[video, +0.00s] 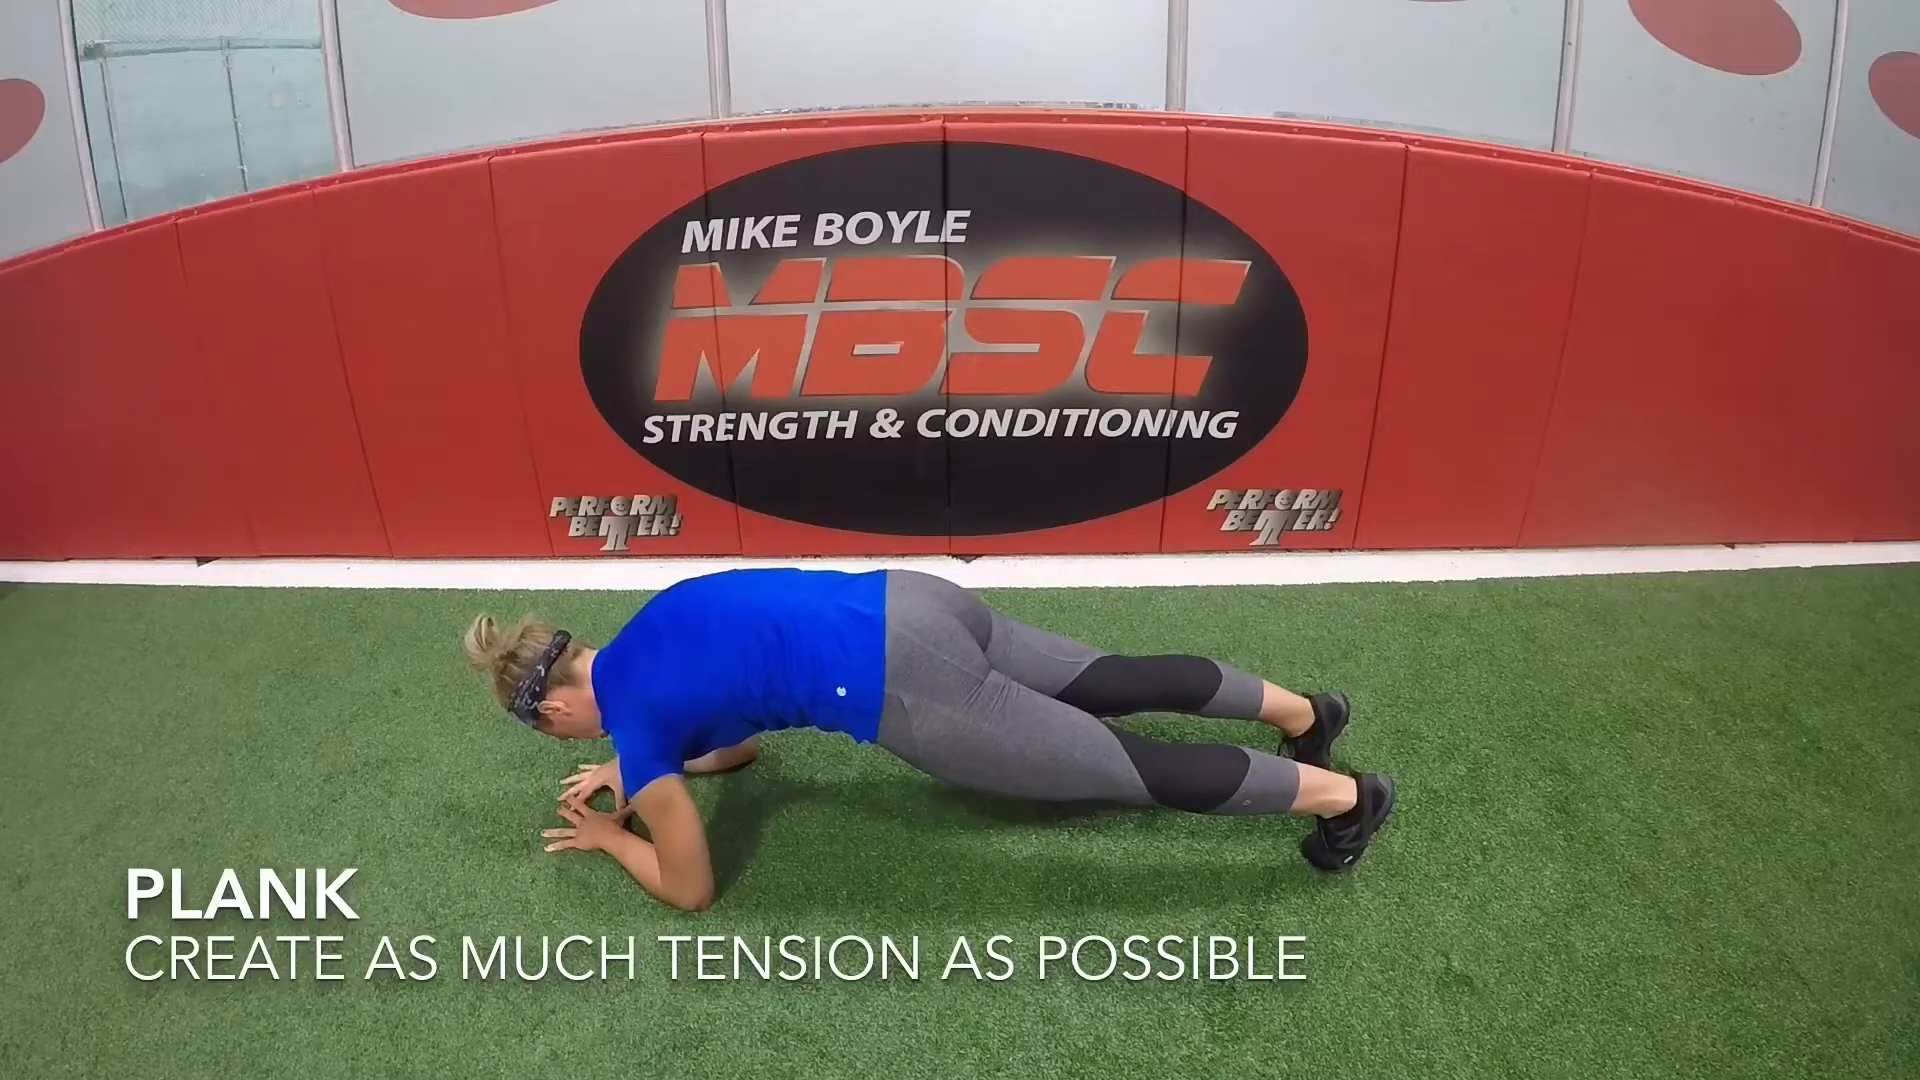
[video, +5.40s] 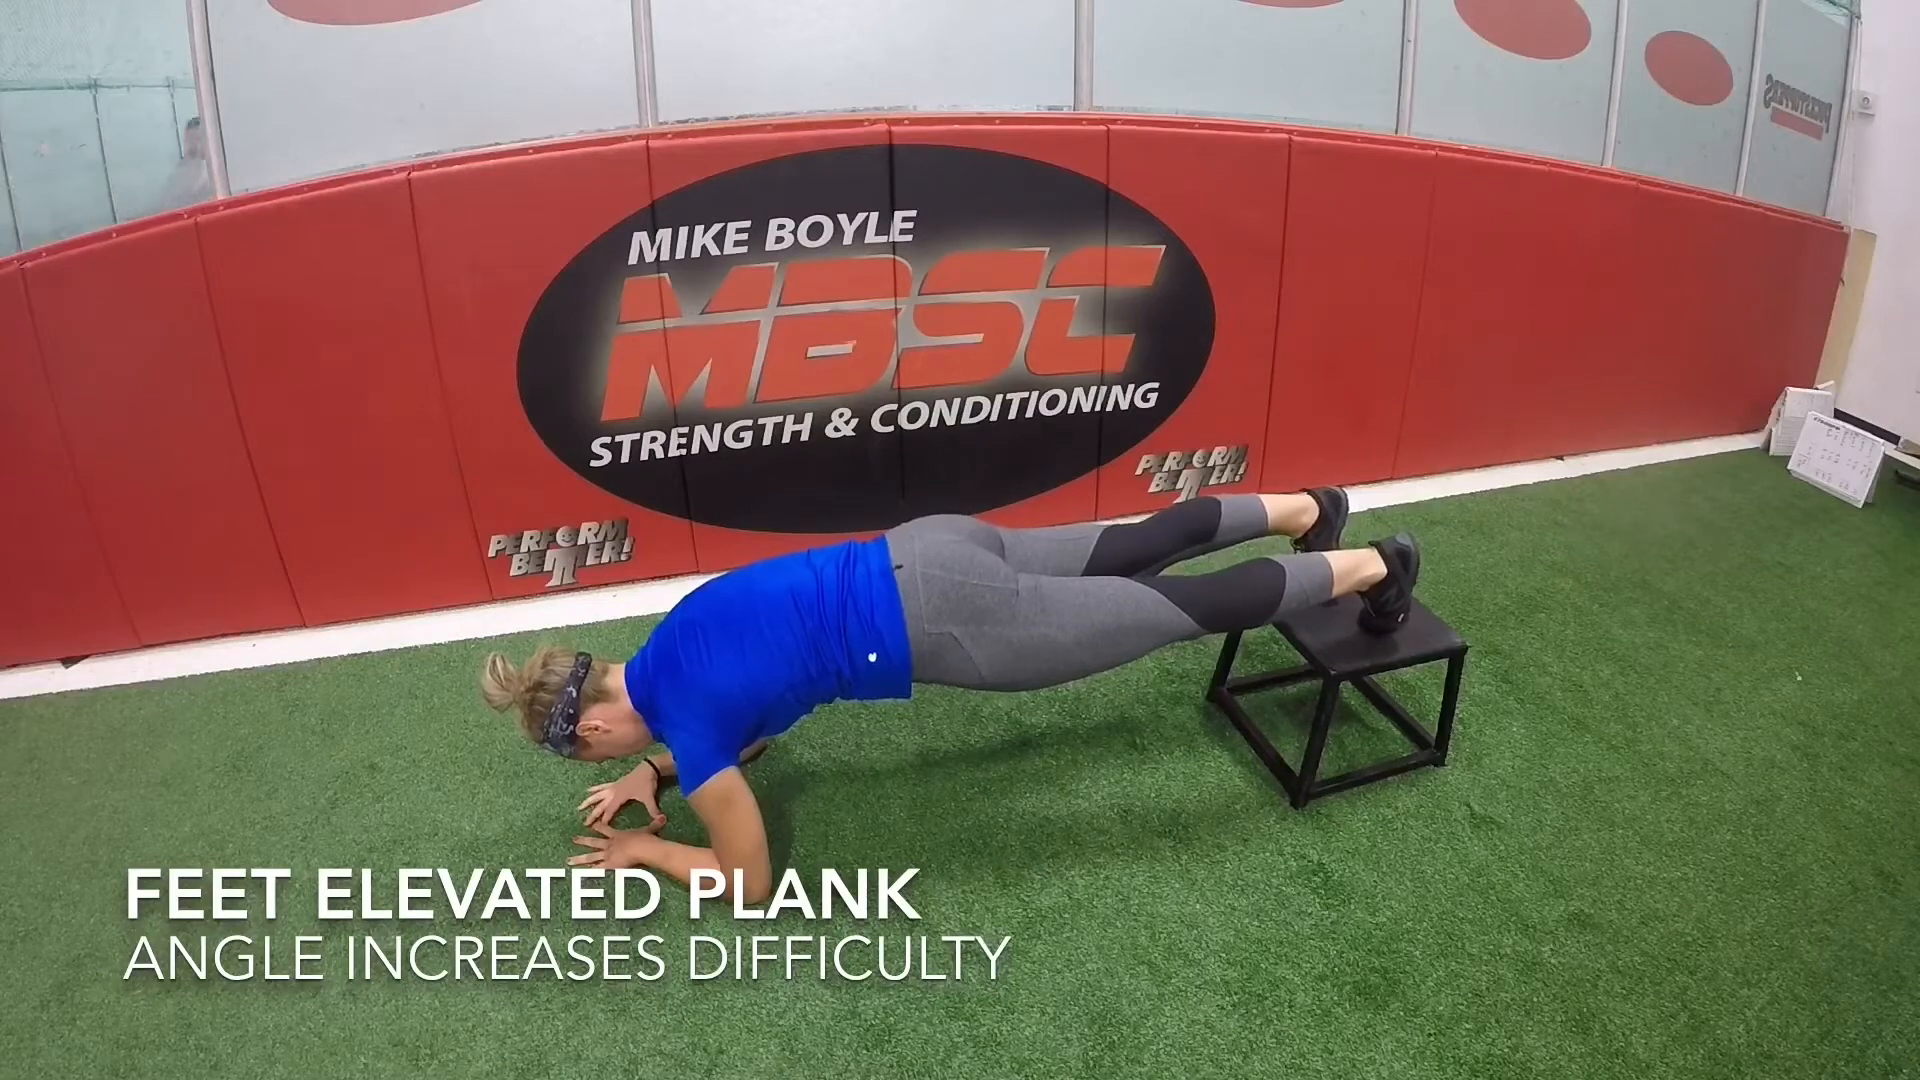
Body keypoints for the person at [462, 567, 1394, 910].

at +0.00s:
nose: (568, 735)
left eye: (553, 729)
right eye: (557, 729)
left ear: (558, 699)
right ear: (574, 647)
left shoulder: (633, 717)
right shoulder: (656, 613)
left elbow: (688, 885)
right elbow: (737, 743)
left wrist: (613, 840)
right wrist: (638, 778)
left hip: (901, 689)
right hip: (915, 593)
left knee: (1133, 769)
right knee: (1106, 678)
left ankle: (1341, 794)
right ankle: (1307, 715)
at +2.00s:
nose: (582, 744)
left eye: (564, 732)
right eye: (569, 734)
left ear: (575, 703)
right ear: (581, 660)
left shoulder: (650, 711)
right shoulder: (653, 627)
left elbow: (739, 878)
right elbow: (739, 759)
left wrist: (629, 852)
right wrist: (649, 782)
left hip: (897, 681)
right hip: (906, 583)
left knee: (1106, 774)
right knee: (1082, 670)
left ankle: (1325, 791)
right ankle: (1283, 706)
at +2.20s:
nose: (594, 755)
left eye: (578, 741)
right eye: (580, 745)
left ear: (592, 707)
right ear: (589, 677)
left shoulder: (681, 720)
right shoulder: (658, 640)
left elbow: (744, 880)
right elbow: (746, 756)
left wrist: (641, 858)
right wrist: (659, 808)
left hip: (926, 626)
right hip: (905, 544)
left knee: (1147, 611)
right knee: (1101, 556)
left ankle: (1330, 572)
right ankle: (1260, 514)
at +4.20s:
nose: (609, 752)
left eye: (593, 743)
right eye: (597, 745)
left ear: (602, 710)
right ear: (601, 670)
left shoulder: (689, 717)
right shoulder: (673, 629)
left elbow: (748, 878)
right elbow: (749, 741)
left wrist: (645, 852)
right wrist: (660, 792)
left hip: (942, 629)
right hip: (921, 540)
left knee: (1176, 607)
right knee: (1119, 544)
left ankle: (1346, 566)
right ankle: (1276, 508)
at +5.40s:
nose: (609, 755)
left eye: (593, 746)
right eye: (597, 748)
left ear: (601, 711)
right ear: (600, 673)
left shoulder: (689, 719)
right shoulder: (670, 631)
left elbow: (746, 878)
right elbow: (749, 736)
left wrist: (646, 851)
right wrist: (660, 792)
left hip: (935, 626)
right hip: (918, 539)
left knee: (1165, 613)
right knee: (1114, 547)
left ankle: (1345, 570)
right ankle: (1274, 507)